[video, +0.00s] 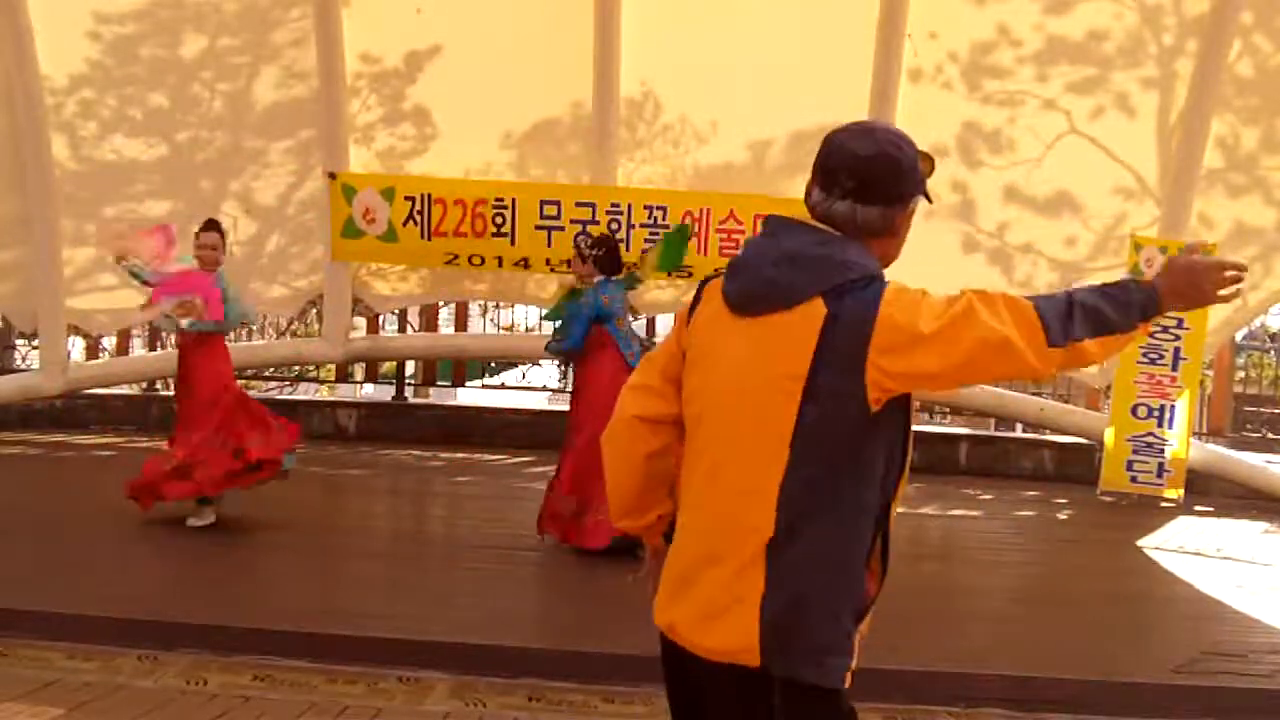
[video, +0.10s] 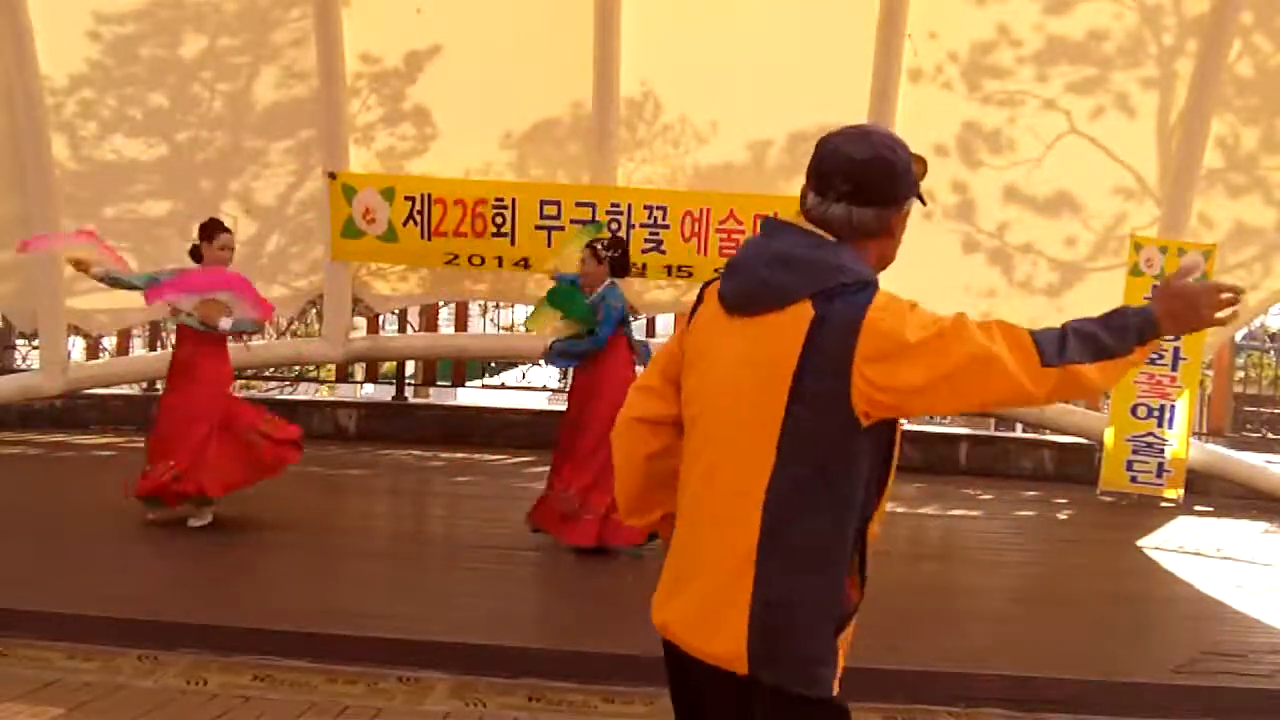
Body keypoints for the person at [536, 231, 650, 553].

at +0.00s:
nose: (573, 264)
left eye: (578, 260)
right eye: (575, 259)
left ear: (593, 263)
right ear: (606, 263)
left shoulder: (588, 296)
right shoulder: (617, 289)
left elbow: (571, 341)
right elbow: (638, 276)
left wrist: (553, 346)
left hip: (599, 376)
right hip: (626, 372)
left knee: (590, 447)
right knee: (615, 445)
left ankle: (592, 526)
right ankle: (616, 525)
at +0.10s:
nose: (581, 267)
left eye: (587, 262)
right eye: (582, 261)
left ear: (605, 267)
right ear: (593, 264)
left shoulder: (612, 296)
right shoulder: (589, 291)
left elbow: (597, 340)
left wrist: (554, 349)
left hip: (612, 378)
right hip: (591, 375)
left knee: (594, 447)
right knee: (585, 446)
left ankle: (597, 527)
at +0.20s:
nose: (589, 268)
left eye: (597, 262)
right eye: (589, 262)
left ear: (617, 266)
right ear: (593, 264)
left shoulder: (623, 303)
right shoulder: (589, 294)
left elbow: (611, 346)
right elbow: (556, 285)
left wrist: (561, 351)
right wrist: (513, 277)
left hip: (614, 381)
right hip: (587, 378)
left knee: (595, 449)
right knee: (576, 446)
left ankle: (597, 527)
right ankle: (567, 522)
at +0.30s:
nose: (605, 264)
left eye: (613, 259)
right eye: (601, 257)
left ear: (625, 265)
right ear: (594, 260)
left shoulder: (630, 303)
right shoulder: (580, 290)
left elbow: (639, 343)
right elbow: (541, 281)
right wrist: (497, 277)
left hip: (616, 383)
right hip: (580, 380)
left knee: (607, 447)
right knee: (570, 444)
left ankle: (608, 520)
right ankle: (562, 519)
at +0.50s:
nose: (629, 267)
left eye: (628, 262)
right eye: (624, 261)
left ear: (613, 265)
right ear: (606, 263)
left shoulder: (622, 299)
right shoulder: (596, 291)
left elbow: (636, 341)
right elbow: (586, 280)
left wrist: (643, 334)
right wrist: (581, 270)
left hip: (614, 379)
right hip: (593, 379)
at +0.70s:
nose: (607, 261)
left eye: (601, 258)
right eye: (606, 258)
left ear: (581, 266)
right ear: (605, 263)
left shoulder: (573, 302)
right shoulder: (611, 292)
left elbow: (584, 337)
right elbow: (653, 284)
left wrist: (629, 332)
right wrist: (686, 280)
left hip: (585, 379)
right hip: (615, 379)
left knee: (597, 448)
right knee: (622, 447)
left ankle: (604, 525)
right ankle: (625, 530)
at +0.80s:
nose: (570, 268)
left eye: (571, 264)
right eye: (572, 263)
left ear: (577, 267)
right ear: (604, 265)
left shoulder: (571, 302)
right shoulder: (619, 293)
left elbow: (564, 344)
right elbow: (658, 286)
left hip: (583, 383)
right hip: (618, 382)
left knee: (591, 451)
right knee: (617, 449)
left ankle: (599, 523)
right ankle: (617, 521)